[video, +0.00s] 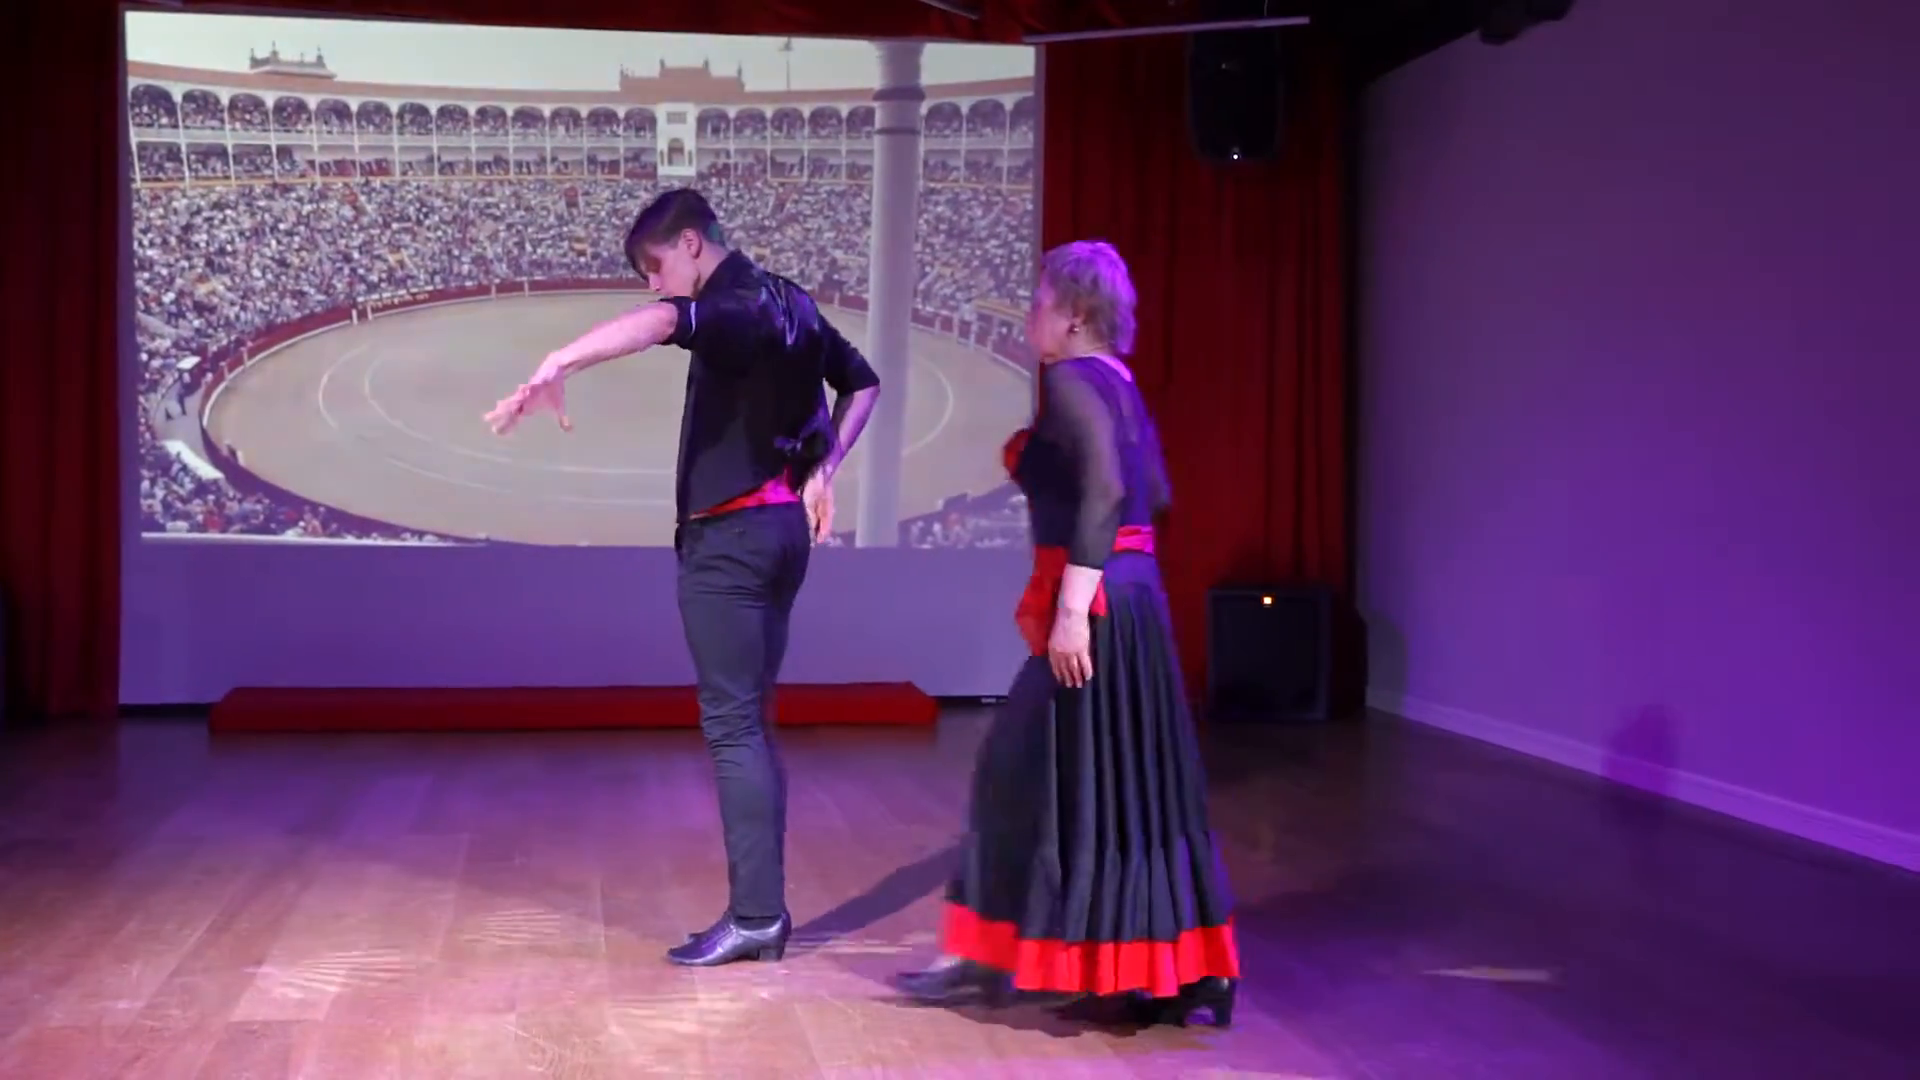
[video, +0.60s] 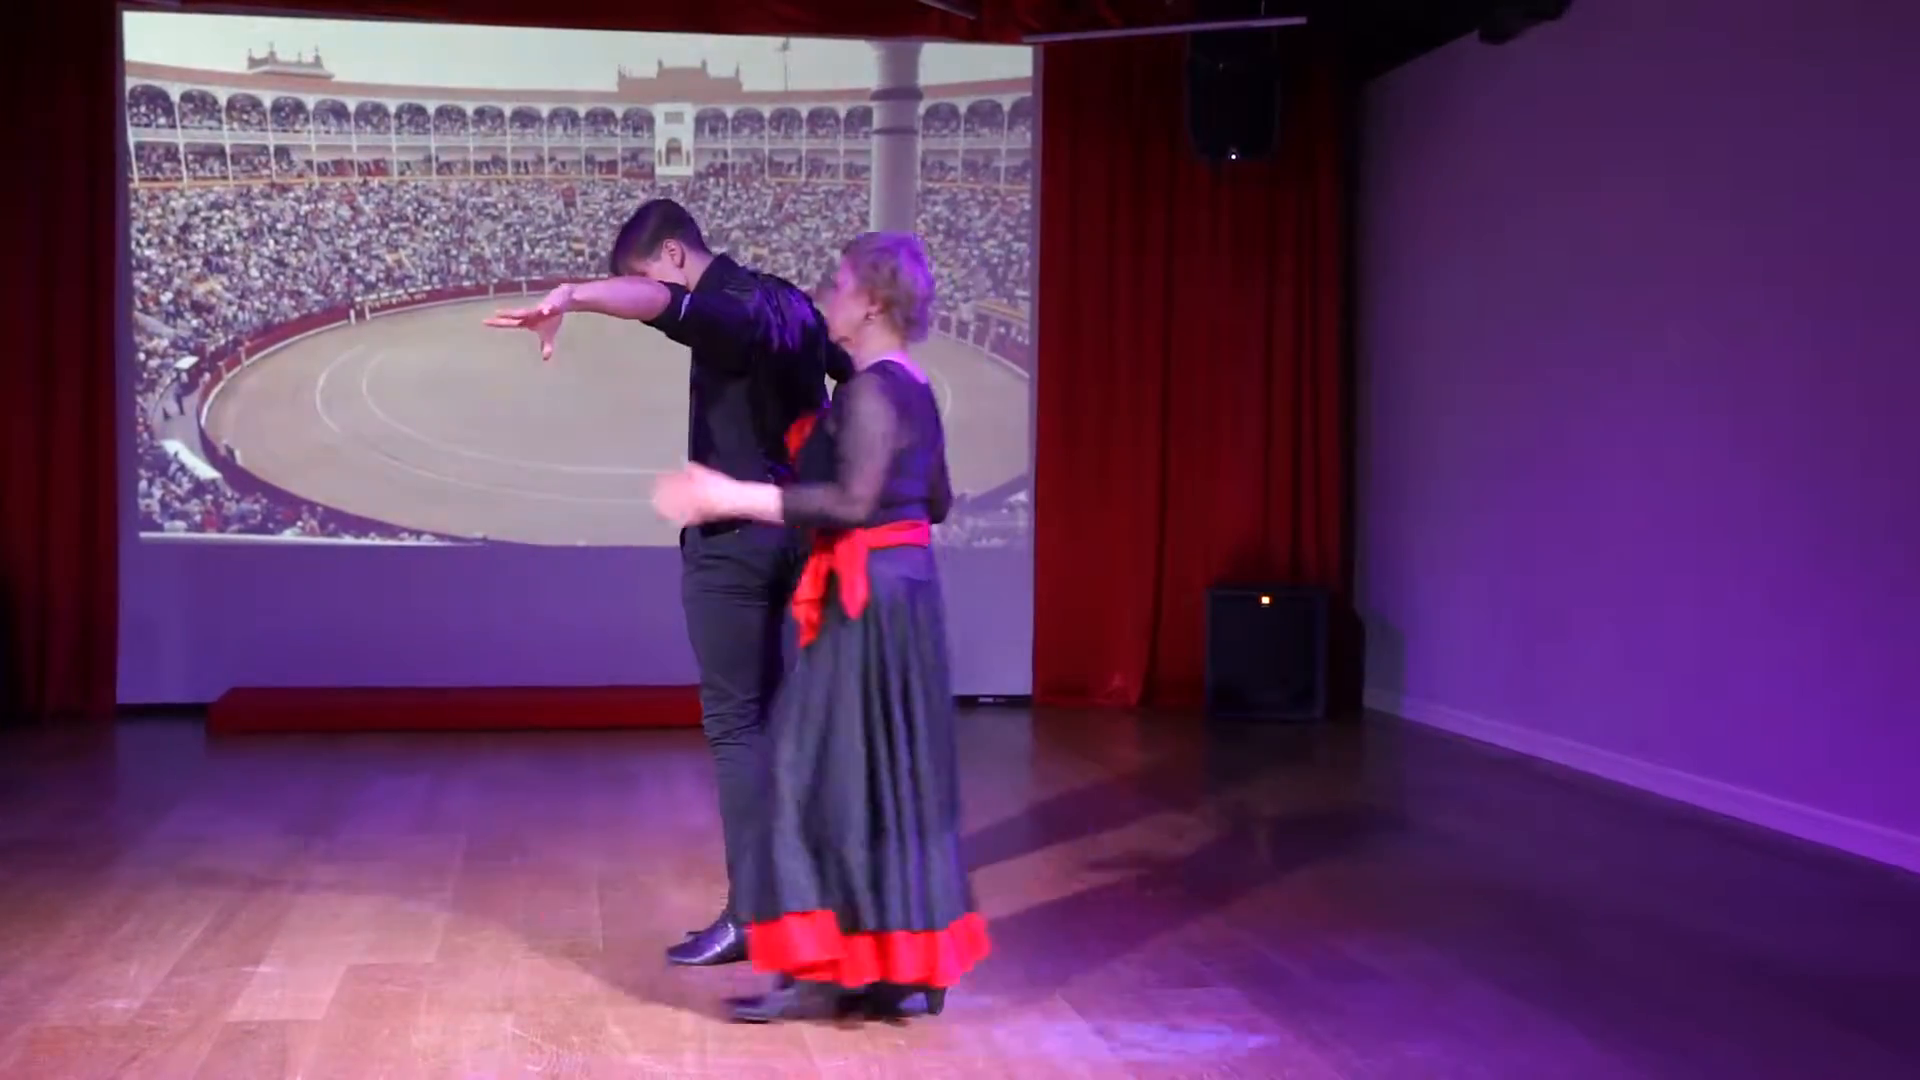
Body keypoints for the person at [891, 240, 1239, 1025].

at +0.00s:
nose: (1030, 318)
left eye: (1039, 304)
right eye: (1034, 303)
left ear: (1068, 311)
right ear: (1104, 315)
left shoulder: (1070, 382)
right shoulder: (1118, 385)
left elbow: (1100, 489)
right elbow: (1148, 493)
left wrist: (1073, 606)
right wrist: (1043, 468)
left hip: (1089, 602)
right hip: (1132, 598)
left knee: (1007, 766)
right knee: (1146, 776)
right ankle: (1189, 963)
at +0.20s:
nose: (960, 319)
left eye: (972, 304)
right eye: (965, 303)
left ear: (1008, 316)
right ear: (1029, 319)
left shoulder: (1017, 400)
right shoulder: (1044, 398)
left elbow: (1031, 516)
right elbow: (1079, 519)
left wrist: (985, 624)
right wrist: (985, 574)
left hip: (1003, 613)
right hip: (1043, 611)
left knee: (937, 778)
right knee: (1079, 782)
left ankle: (916, 959)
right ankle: (1150, 952)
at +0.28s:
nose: (928, 309)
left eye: (942, 296)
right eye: (936, 294)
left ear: (978, 311)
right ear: (991, 314)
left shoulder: (984, 396)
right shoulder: (1008, 395)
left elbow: (996, 512)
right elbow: (1046, 514)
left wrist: (927, 611)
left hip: (968, 609)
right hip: (990, 605)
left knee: (917, 779)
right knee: (1039, 779)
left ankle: (916, 961)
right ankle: (1129, 938)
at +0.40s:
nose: (893, 301)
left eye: (904, 289)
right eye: (898, 288)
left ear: (935, 303)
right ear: (952, 306)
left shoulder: (941, 390)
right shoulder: (963, 388)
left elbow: (947, 505)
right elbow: (997, 511)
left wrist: (839, 581)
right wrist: (885, 531)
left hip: (935, 600)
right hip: (948, 594)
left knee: (904, 771)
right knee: (971, 770)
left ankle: (914, 956)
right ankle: (1042, 945)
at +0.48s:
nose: (867, 301)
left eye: (877, 288)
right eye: (872, 287)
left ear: (908, 302)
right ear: (936, 305)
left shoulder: (912, 388)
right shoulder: (943, 385)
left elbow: (909, 503)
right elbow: (969, 507)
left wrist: (791, 552)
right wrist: (855, 501)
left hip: (908, 591)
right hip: (931, 584)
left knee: (887, 766)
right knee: (910, 765)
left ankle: (925, 960)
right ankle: (922, 957)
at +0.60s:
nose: (824, 297)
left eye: (837, 285)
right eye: (831, 283)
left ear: (873, 301)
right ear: (896, 305)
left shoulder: (871, 389)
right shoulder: (914, 387)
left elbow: (853, 500)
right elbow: (935, 503)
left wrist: (733, 495)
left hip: (866, 593)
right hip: (908, 587)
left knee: (802, 759)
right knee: (891, 770)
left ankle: (818, 962)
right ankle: (904, 963)